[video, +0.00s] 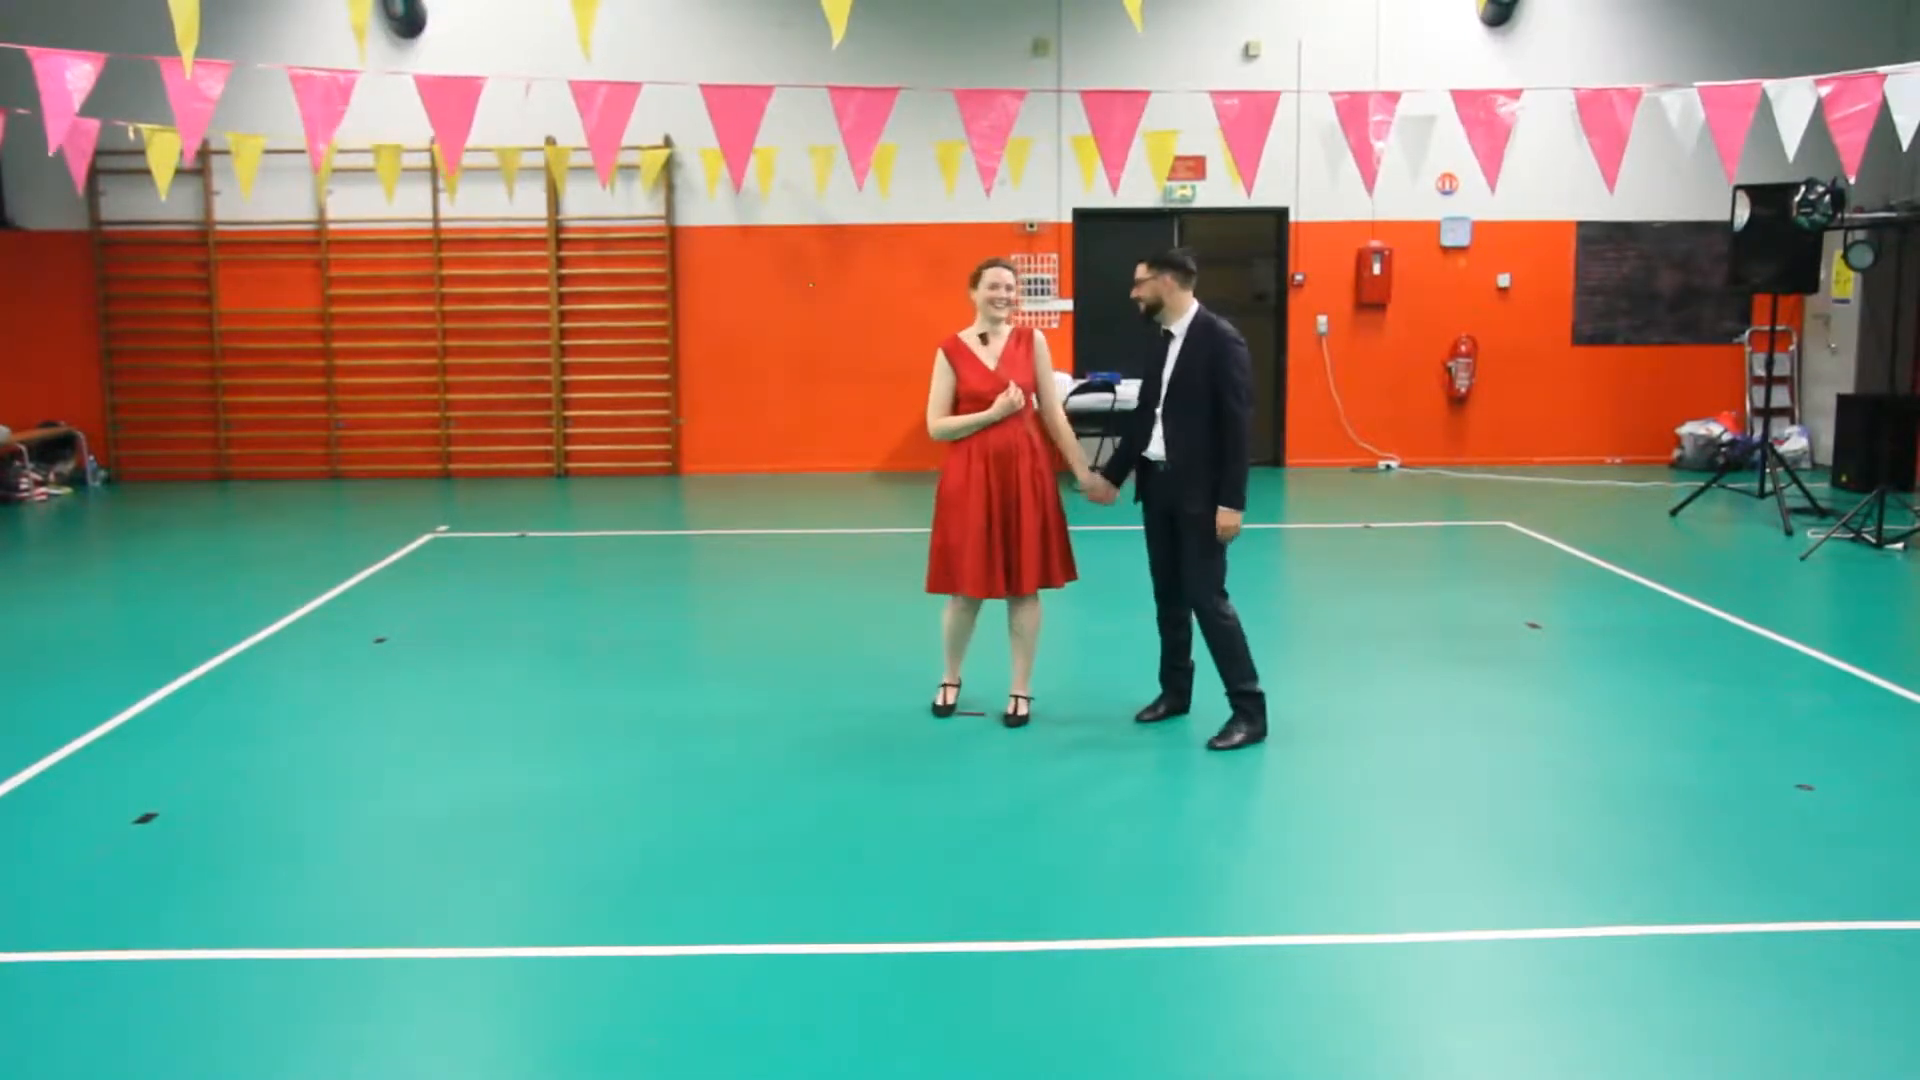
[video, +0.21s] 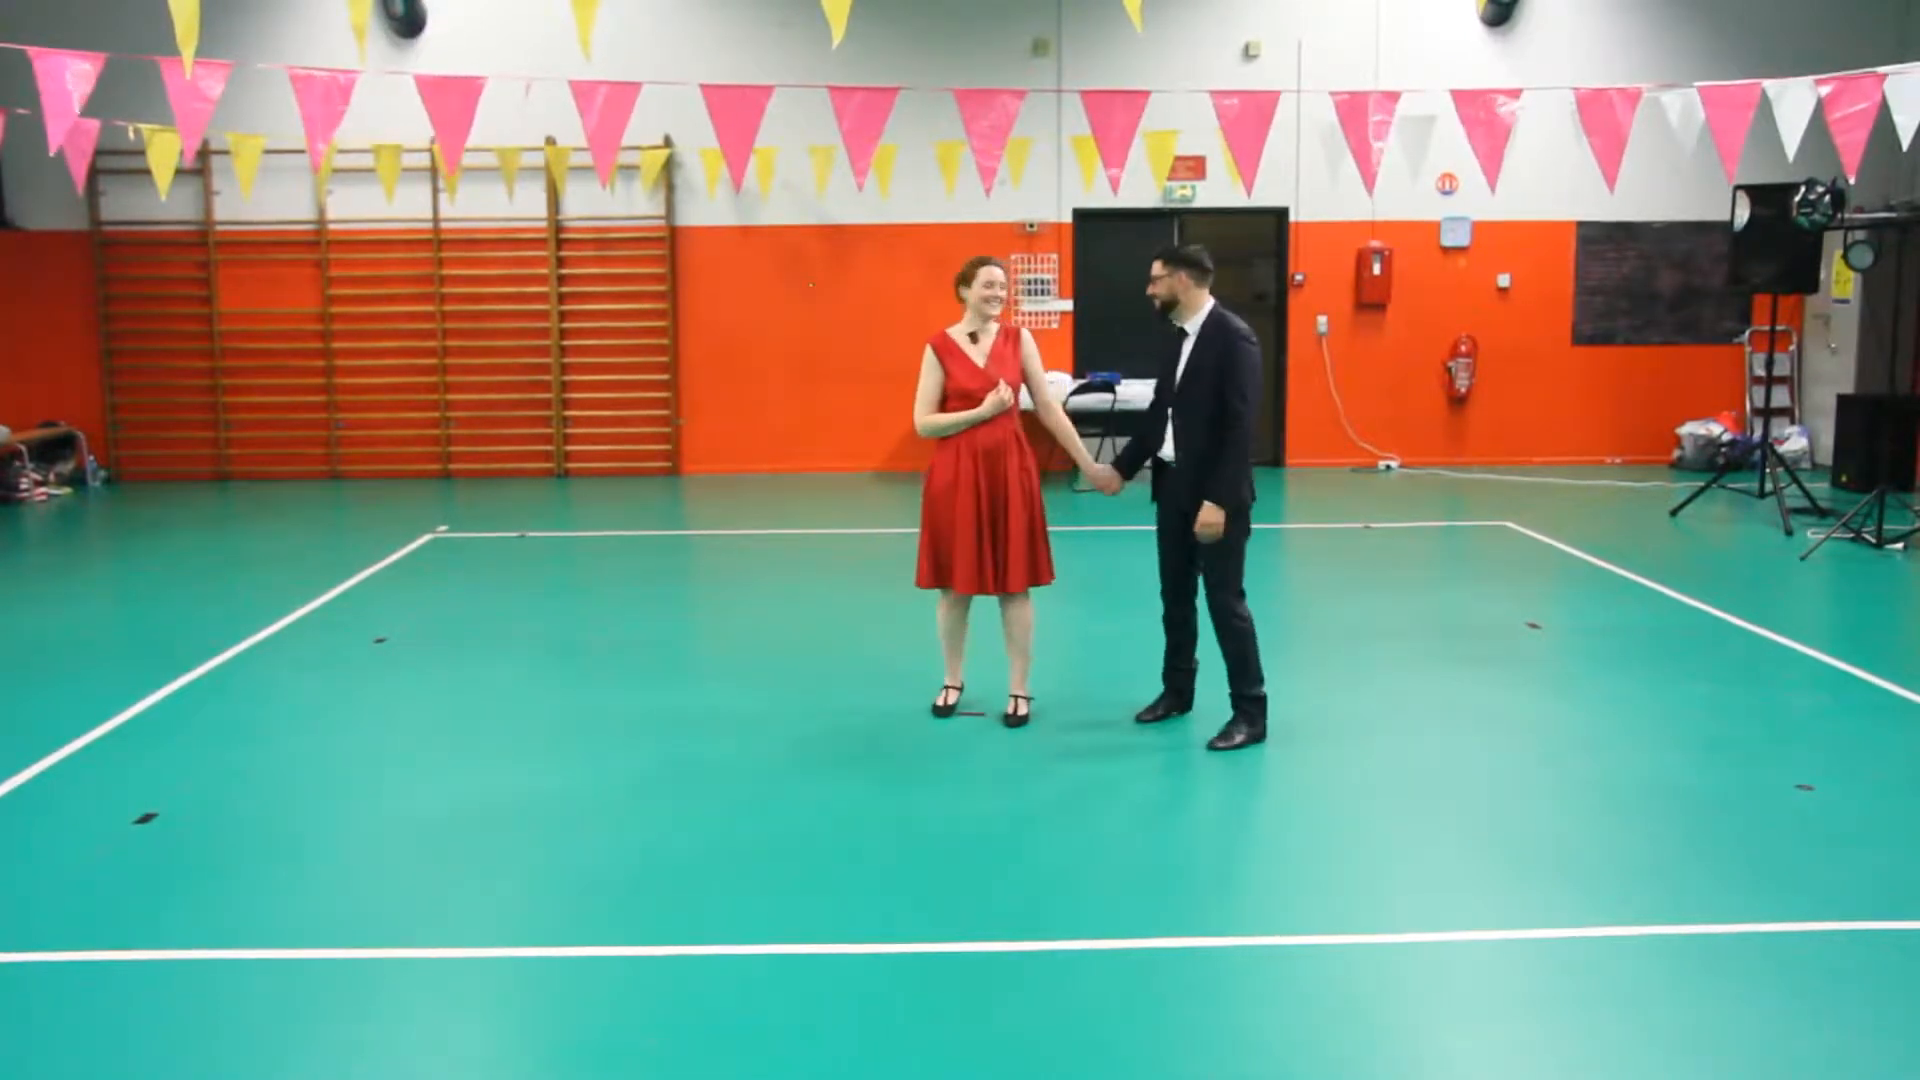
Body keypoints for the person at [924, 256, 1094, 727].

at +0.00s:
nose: (1003, 295)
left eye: (1009, 288)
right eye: (993, 287)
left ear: (1018, 295)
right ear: (973, 294)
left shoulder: (1032, 343)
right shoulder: (952, 350)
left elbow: (1054, 413)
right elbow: (937, 426)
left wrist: (1083, 472)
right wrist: (991, 413)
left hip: (1024, 476)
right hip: (970, 478)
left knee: (1023, 587)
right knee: (967, 588)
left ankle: (1020, 690)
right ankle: (951, 680)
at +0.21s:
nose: (998, 293)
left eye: (1002, 286)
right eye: (988, 285)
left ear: (1008, 293)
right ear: (964, 291)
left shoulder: (1019, 340)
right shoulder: (940, 346)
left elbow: (1049, 408)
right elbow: (924, 423)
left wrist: (1090, 467)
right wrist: (983, 410)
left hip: (1009, 471)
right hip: (957, 471)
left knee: (1014, 586)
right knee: (956, 586)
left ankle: (1019, 692)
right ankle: (951, 682)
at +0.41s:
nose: (991, 296)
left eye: (993, 288)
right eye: (983, 288)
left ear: (992, 293)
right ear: (954, 292)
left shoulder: (1003, 338)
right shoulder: (926, 348)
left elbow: (1042, 403)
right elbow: (910, 422)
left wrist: (1087, 456)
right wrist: (971, 413)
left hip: (995, 474)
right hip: (944, 476)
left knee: (1004, 586)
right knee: (947, 586)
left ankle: (1018, 689)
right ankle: (951, 682)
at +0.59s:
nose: (987, 296)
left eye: (988, 288)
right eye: (979, 288)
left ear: (982, 294)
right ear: (951, 293)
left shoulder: (996, 341)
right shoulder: (921, 349)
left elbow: (1033, 402)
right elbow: (904, 423)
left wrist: (1083, 448)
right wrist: (967, 414)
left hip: (986, 476)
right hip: (937, 478)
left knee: (1000, 585)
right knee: (943, 587)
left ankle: (1018, 688)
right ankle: (951, 682)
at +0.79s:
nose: (989, 297)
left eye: (987, 289)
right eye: (982, 290)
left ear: (966, 295)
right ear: (958, 295)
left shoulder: (988, 341)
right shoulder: (920, 349)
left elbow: (1030, 399)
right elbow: (901, 424)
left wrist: (1081, 438)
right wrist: (966, 417)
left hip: (981, 476)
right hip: (932, 479)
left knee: (999, 585)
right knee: (940, 588)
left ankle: (1018, 687)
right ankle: (951, 682)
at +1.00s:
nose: (991, 297)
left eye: (989, 290)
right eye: (985, 291)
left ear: (966, 296)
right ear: (961, 297)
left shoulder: (988, 341)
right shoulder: (921, 349)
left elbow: (1027, 398)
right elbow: (901, 424)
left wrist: (1077, 438)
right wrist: (966, 418)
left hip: (982, 474)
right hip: (935, 478)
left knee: (1001, 584)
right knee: (941, 587)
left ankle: (1016, 686)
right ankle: (951, 682)